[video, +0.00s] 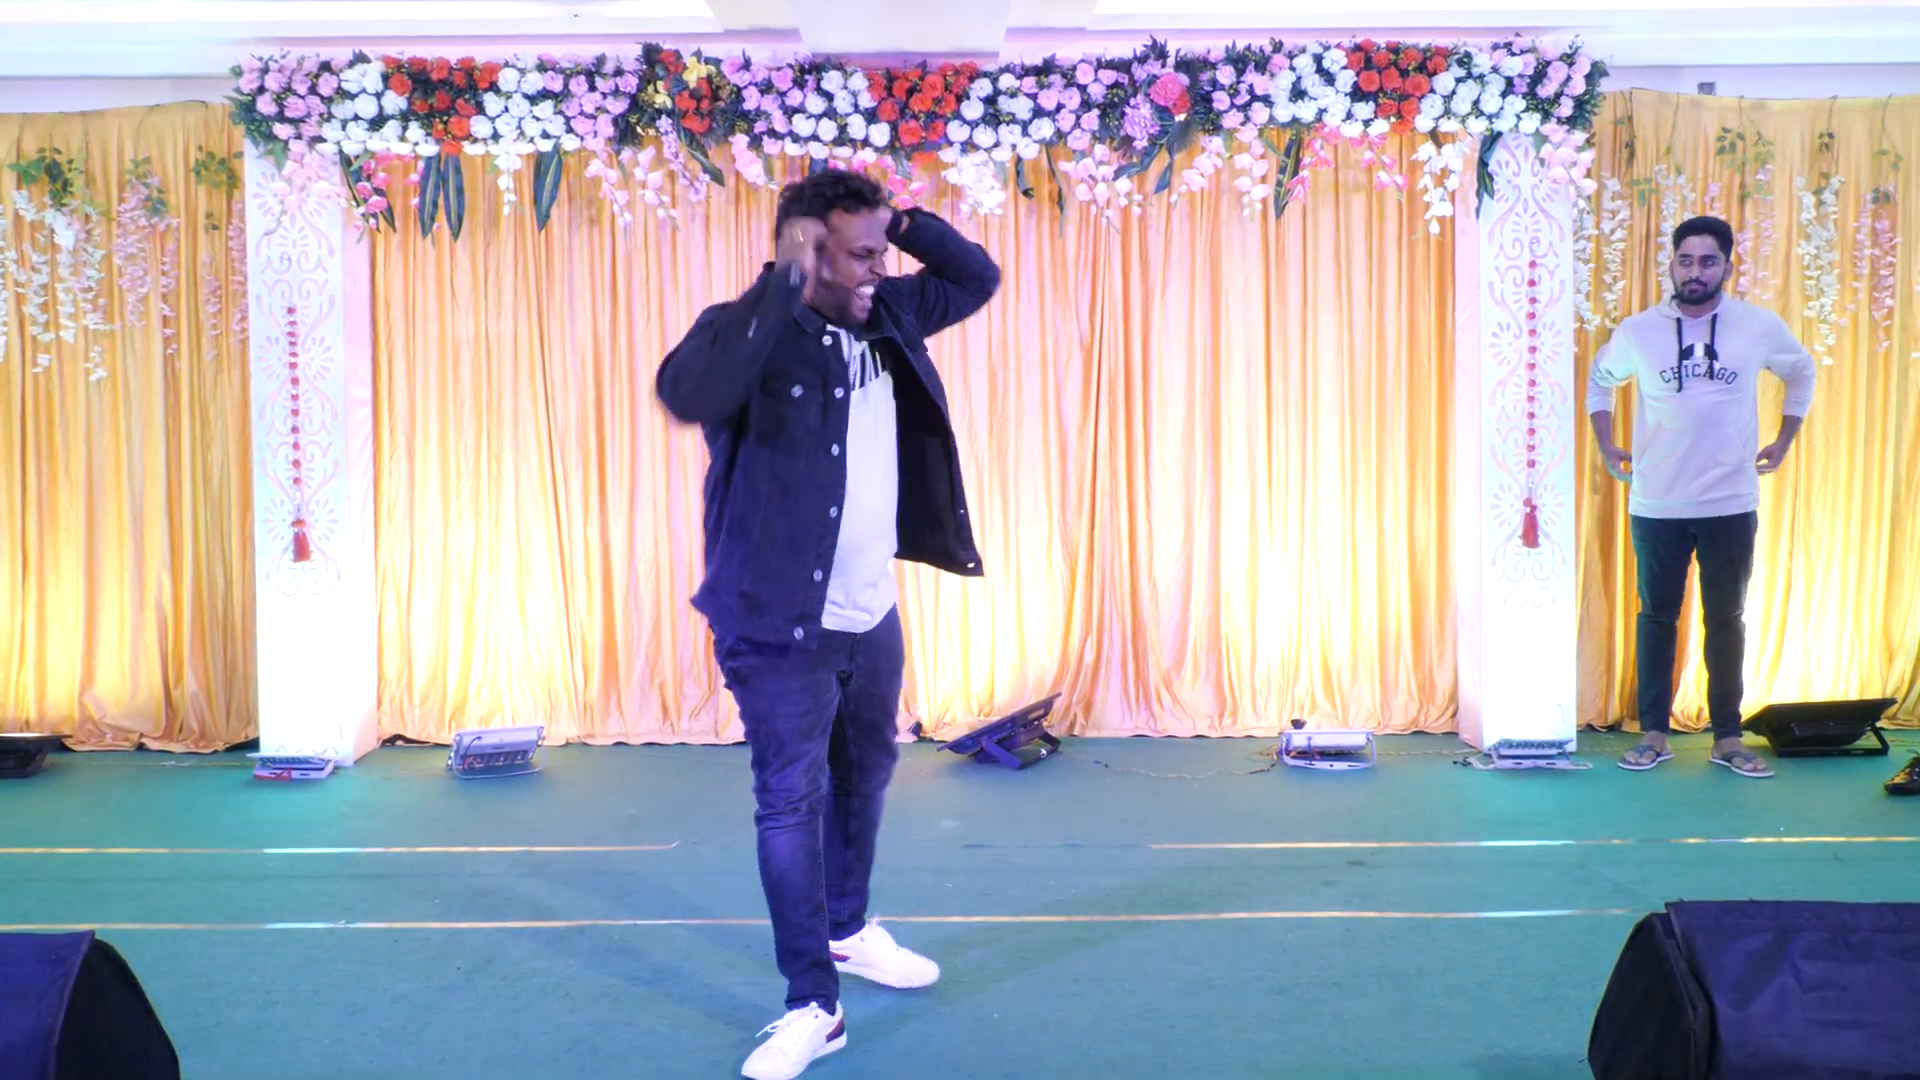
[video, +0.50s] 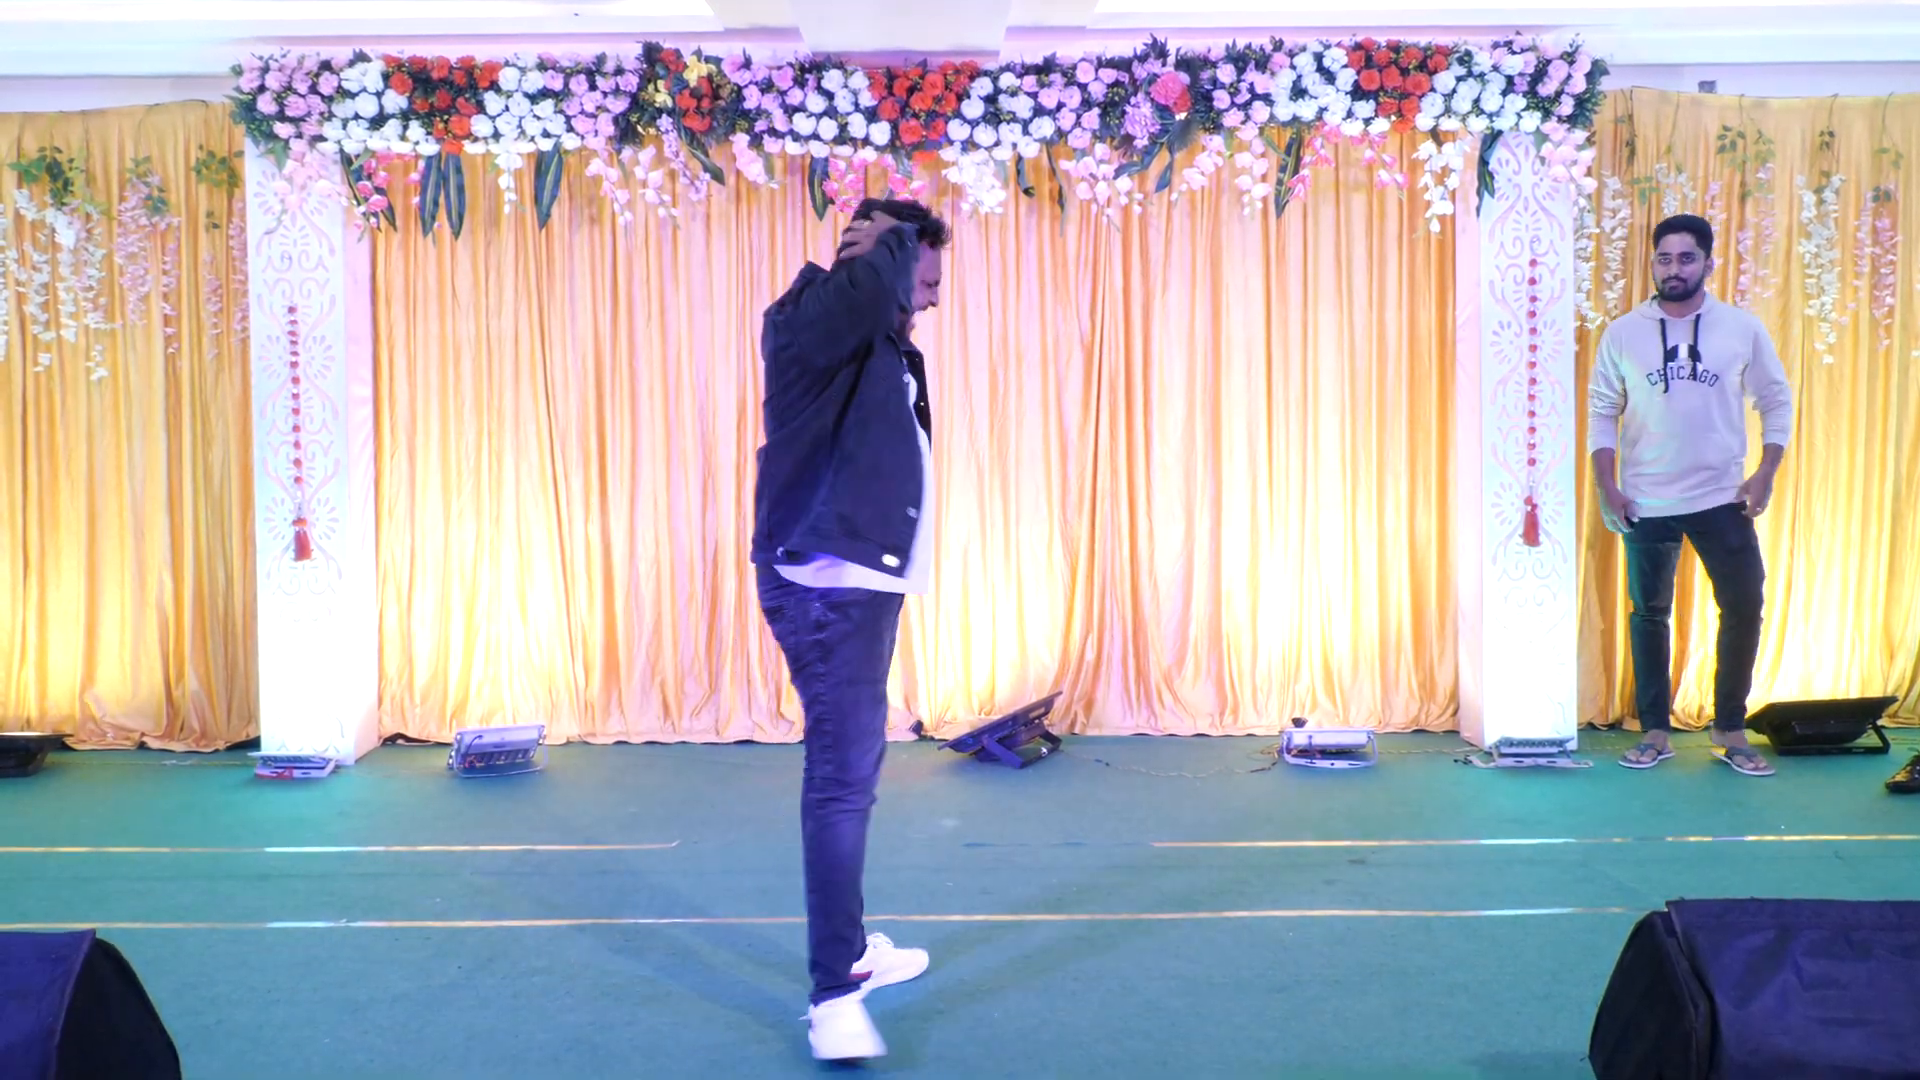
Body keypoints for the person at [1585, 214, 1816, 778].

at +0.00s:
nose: (1695, 269)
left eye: (1707, 260)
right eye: (1686, 260)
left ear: (1728, 267)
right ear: (1672, 265)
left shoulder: (1758, 326)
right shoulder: (1639, 330)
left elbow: (1802, 371)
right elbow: (1599, 379)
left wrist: (1783, 440)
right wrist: (1607, 448)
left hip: (1729, 499)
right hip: (1657, 501)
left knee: (1725, 619)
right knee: (1657, 616)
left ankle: (1728, 739)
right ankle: (1654, 736)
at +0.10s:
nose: (1693, 268)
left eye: (1705, 259)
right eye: (1684, 258)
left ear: (1726, 266)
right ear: (1671, 265)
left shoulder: (1758, 327)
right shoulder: (1637, 332)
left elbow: (1801, 375)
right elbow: (1601, 384)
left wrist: (1789, 444)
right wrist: (1602, 450)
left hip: (1729, 500)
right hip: (1656, 502)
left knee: (1725, 620)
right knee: (1657, 617)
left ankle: (1728, 739)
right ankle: (1654, 736)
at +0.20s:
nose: (1689, 267)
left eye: (1701, 258)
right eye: (1680, 258)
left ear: (1723, 264)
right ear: (1668, 264)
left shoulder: (1755, 327)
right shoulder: (1635, 333)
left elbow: (1798, 385)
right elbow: (1604, 394)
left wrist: (1792, 454)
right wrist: (1603, 459)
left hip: (1728, 501)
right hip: (1655, 503)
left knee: (1727, 622)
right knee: (1656, 618)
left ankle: (1729, 739)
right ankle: (1654, 736)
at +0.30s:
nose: (1684, 266)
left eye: (1696, 257)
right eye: (1674, 257)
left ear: (1718, 263)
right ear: (1663, 264)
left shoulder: (1752, 326)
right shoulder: (1632, 333)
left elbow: (1790, 394)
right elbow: (1606, 403)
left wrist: (1790, 463)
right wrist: (1606, 471)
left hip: (1726, 500)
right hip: (1654, 503)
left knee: (1729, 620)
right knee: (1656, 615)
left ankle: (1729, 739)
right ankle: (1654, 735)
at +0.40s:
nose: (1679, 266)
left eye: (1691, 256)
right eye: (1670, 257)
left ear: (1714, 262)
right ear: (1658, 264)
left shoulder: (1748, 328)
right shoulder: (1627, 334)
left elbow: (1784, 398)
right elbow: (1605, 409)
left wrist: (1780, 469)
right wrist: (1607, 479)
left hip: (1724, 500)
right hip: (1652, 503)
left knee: (1730, 620)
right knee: (1654, 616)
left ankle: (1729, 738)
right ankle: (1654, 734)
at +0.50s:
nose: (1675, 267)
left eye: (1686, 257)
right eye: (1665, 258)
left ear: (1708, 264)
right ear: (1652, 265)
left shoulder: (1741, 328)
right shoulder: (1621, 335)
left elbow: (1776, 400)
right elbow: (1602, 412)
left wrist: (1766, 472)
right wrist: (1607, 484)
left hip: (1719, 497)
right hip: (1647, 502)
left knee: (1744, 604)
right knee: (1649, 612)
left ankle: (1730, 730)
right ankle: (1655, 731)